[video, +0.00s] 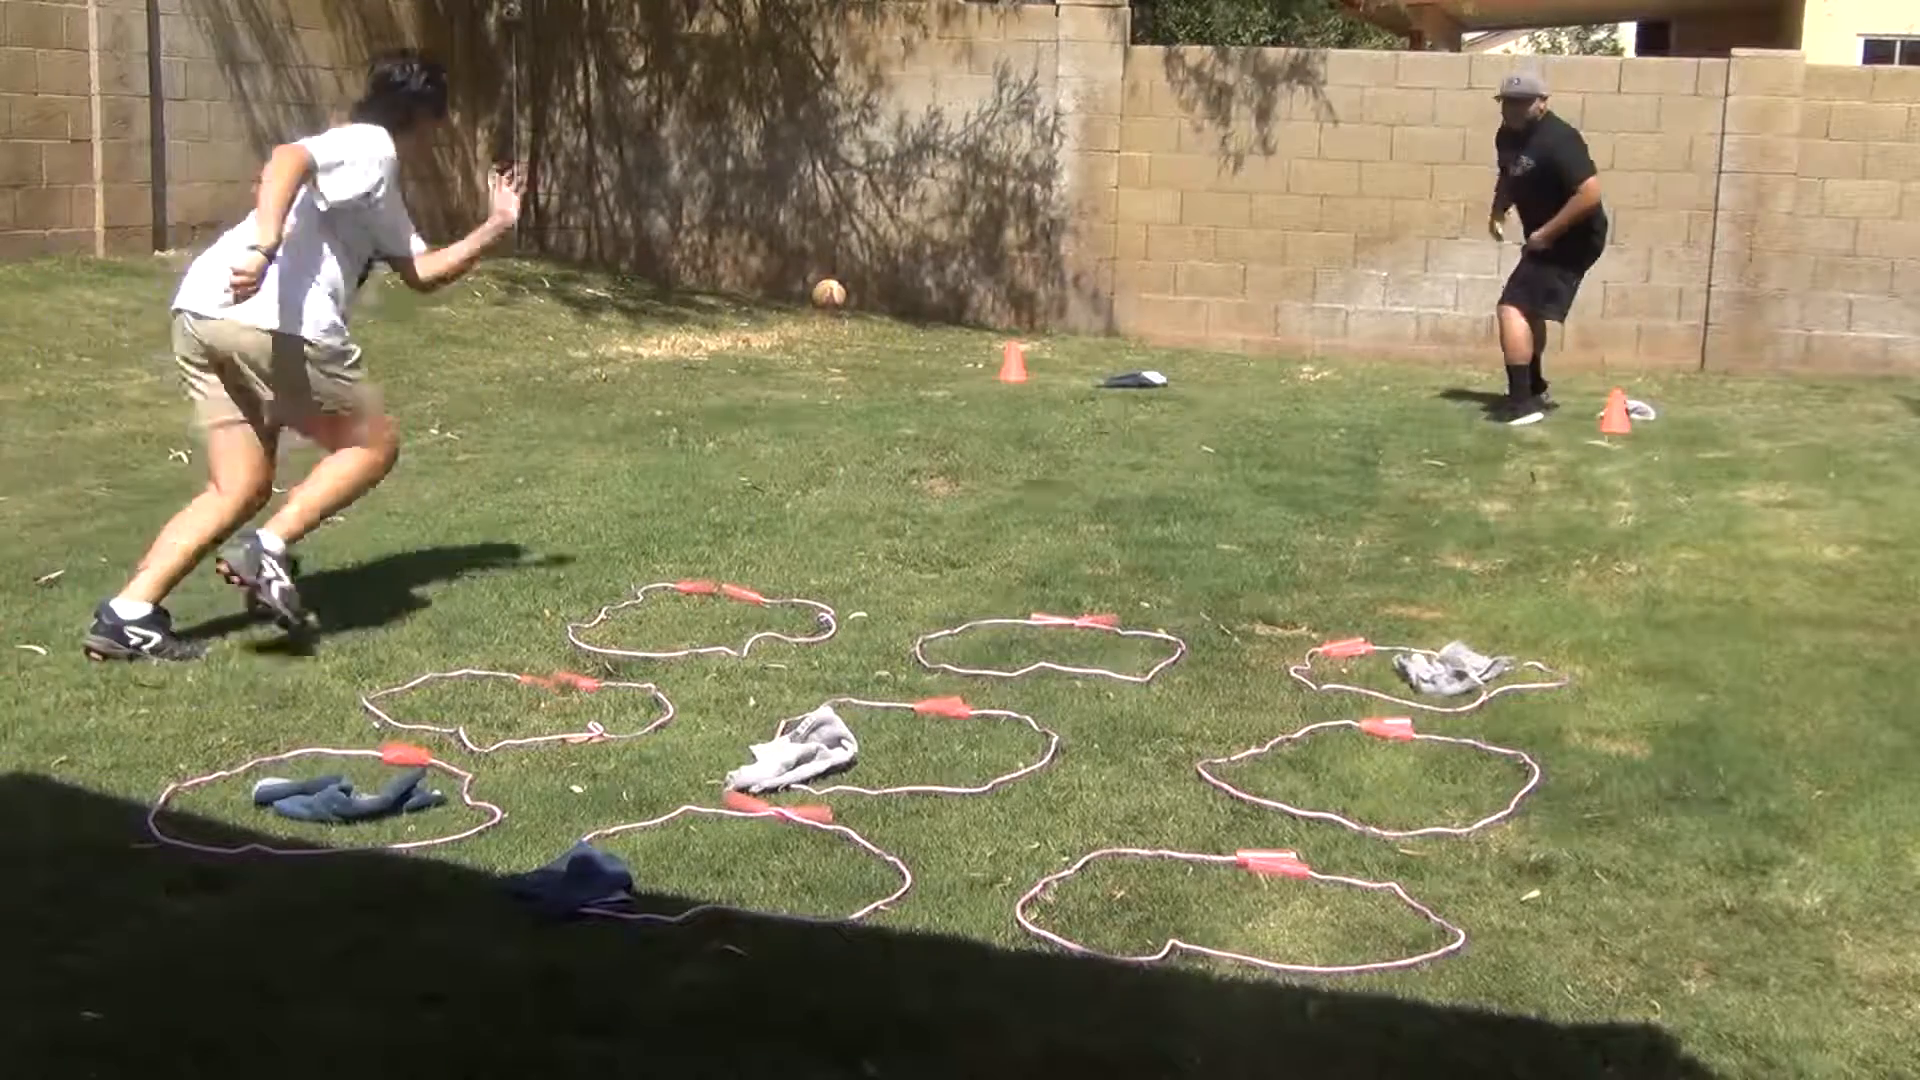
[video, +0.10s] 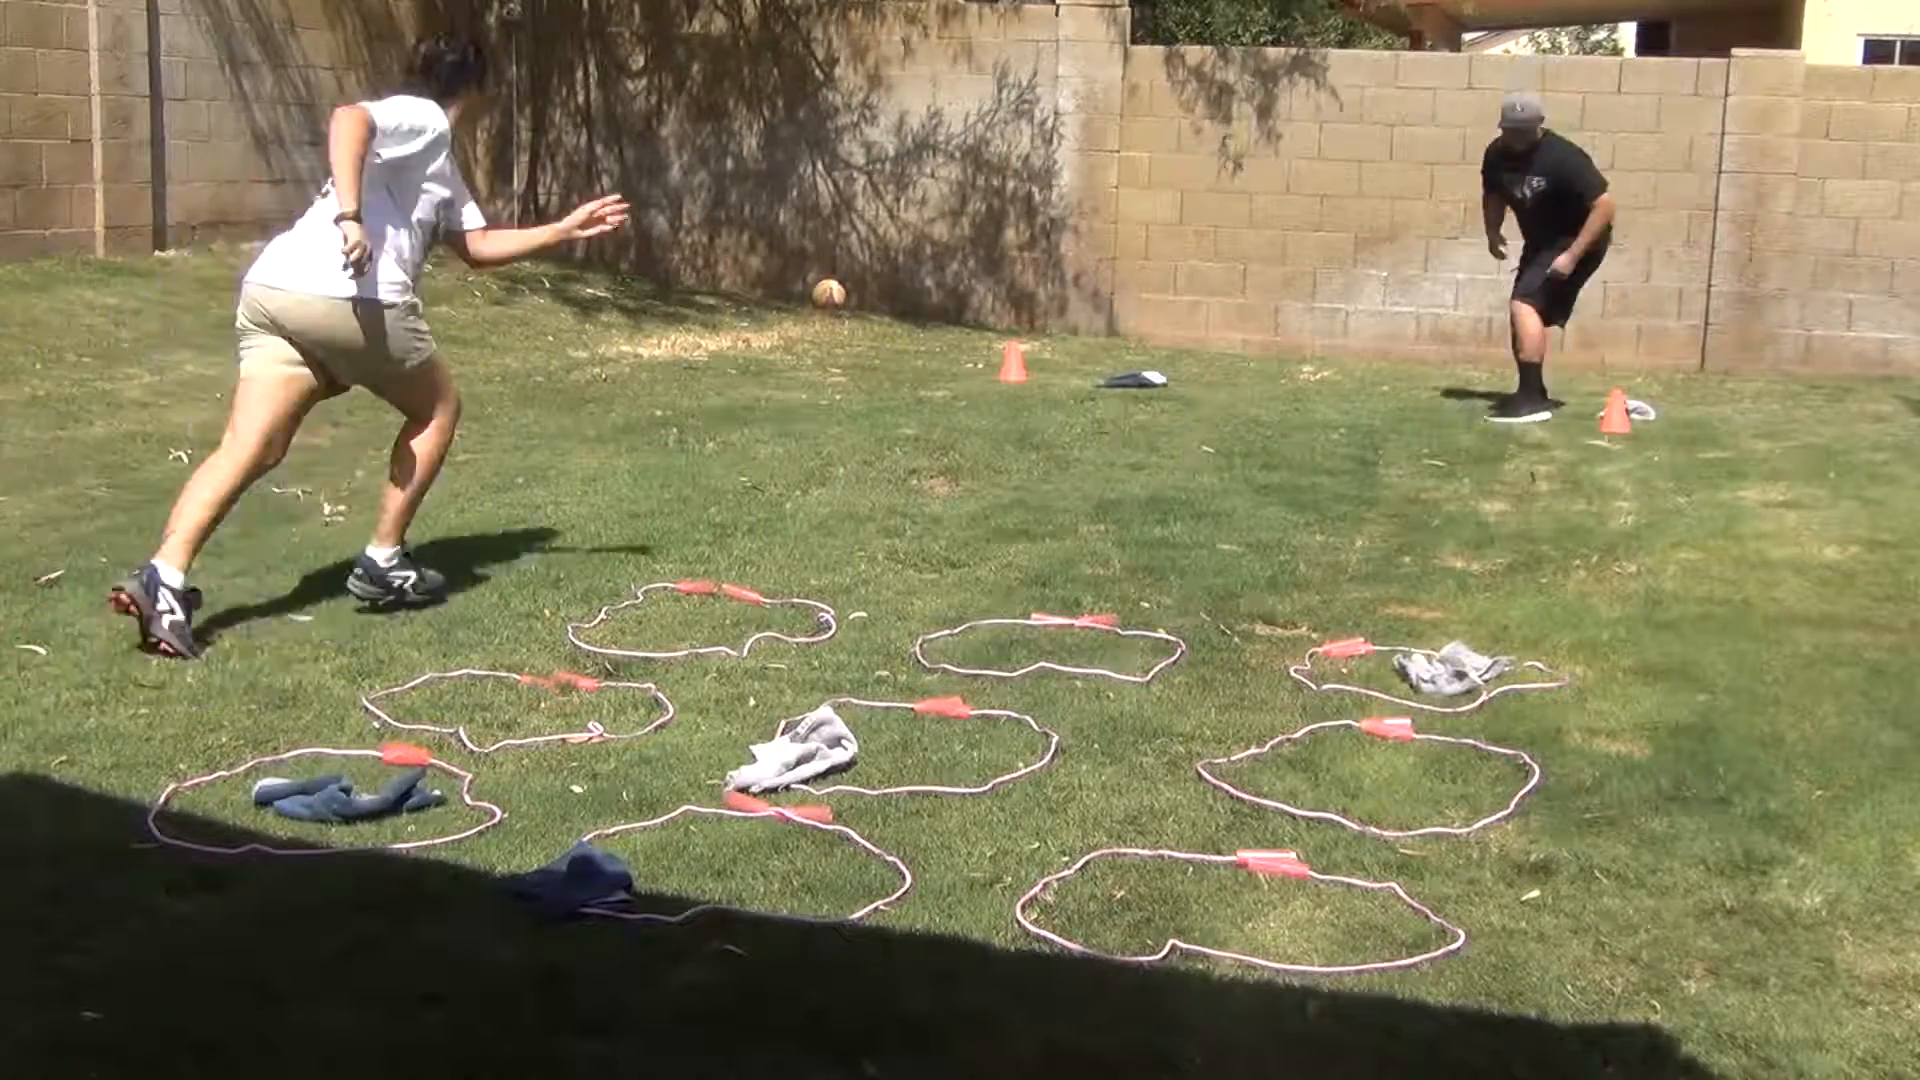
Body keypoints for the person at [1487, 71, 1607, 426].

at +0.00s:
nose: (1509, 109)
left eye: (1517, 103)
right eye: (1506, 102)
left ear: (1540, 104)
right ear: (1501, 102)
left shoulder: (1560, 139)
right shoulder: (1507, 135)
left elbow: (1590, 194)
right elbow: (1510, 176)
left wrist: (1546, 233)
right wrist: (1498, 209)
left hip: (1575, 236)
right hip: (1543, 234)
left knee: (1511, 307)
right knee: (1527, 309)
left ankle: (1521, 400)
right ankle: (1532, 386)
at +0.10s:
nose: (1516, 138)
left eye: (1523, 131)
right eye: (1511, 131)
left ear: (1539, 128)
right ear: (1502, 128)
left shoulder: (1564, 157)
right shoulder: (1496, 155)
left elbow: (1604, 207)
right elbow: (1494, 196)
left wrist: (1572, 255)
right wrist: (1493, 232)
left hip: (1574, 239)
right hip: (1538, 239)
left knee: (1525, 304)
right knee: (1523, 309)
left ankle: (1531, 395)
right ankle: (1531, 393)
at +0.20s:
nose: (1527, 174)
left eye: (1533, 168)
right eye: (1521, 169)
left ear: (1545, 155)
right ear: (1509, 158)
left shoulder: (1574, 169)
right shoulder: (1496, 167)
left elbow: (1604, 221)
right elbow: (1490, 206)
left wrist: (1592, 279)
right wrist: (1491, 253)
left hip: (1578, 239)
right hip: (1538, 239)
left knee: (1546, 303)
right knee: (1520, 312)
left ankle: (1550, 392)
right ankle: (1531, 389)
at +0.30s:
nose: (1543, 202)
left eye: (1548, 197)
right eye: (1534, 198)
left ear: (1555, 174)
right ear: (1516, 181)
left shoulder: (1579, 181)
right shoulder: (1499, 173)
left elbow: (1606, 236)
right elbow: (1489, 209)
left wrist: (1604, 298)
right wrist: (1494, 258)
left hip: (1586, 229)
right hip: (1544, 229)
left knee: (1569, 307)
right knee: (1533, 305)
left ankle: (1578, 393)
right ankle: (1534, 382)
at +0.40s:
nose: (1553, 223)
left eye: (1558, 218)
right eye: (1546, 219)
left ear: (1568, 200)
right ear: (1530, 201)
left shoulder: (1594, 215)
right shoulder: (1512, 190)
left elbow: (1609, 268)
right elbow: (1488, 216)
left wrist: (1614, 328)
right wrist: (1495, 268)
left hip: (1590, 244)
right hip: (1545, 241)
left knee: (1580, 311)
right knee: (1536, 309)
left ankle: (1584, 393)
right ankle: (1565, 366)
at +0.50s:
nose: (1564, 260)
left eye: (1570, 254)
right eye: (1558, 254)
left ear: (1582, 237)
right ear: (1541, 235)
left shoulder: (1602, 244)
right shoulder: (1520, 221)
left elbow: (1614, 304)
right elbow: (1487, 237)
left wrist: (1621, 365)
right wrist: (1493, 288)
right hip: (1545, 257)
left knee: (1579, 314)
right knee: (1550, 323)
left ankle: (1583, 389)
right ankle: (1575, 378)